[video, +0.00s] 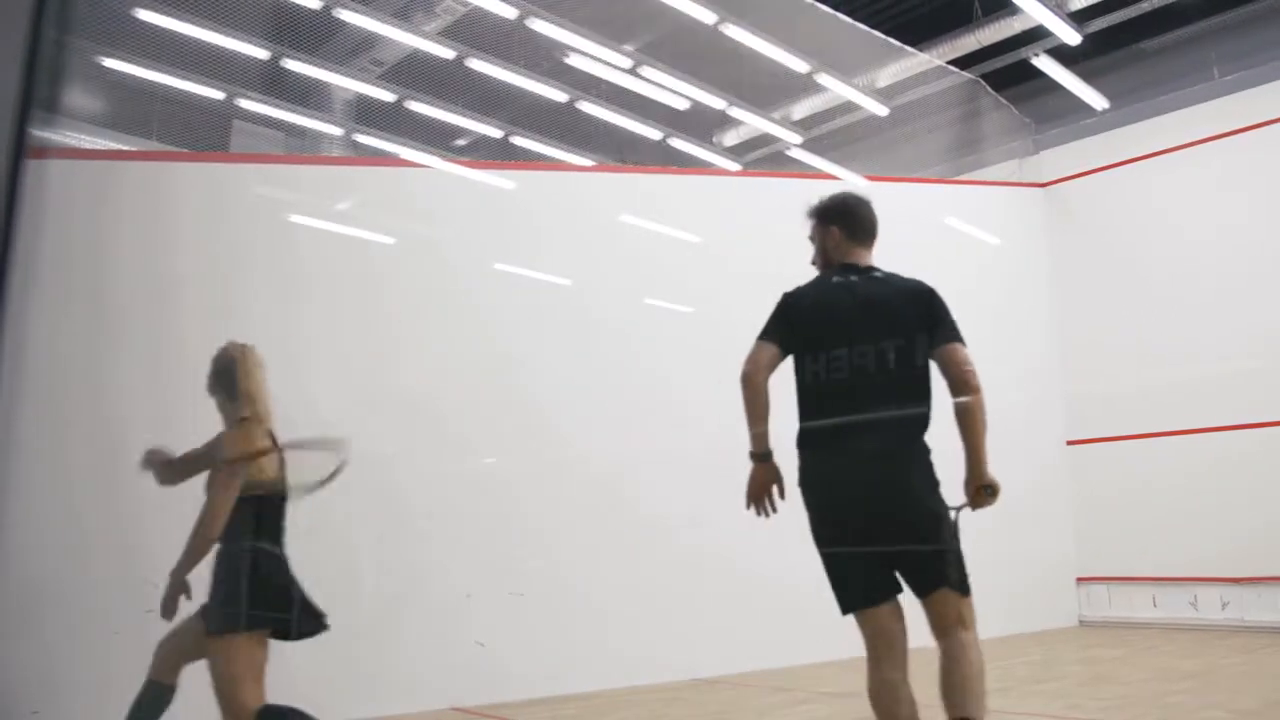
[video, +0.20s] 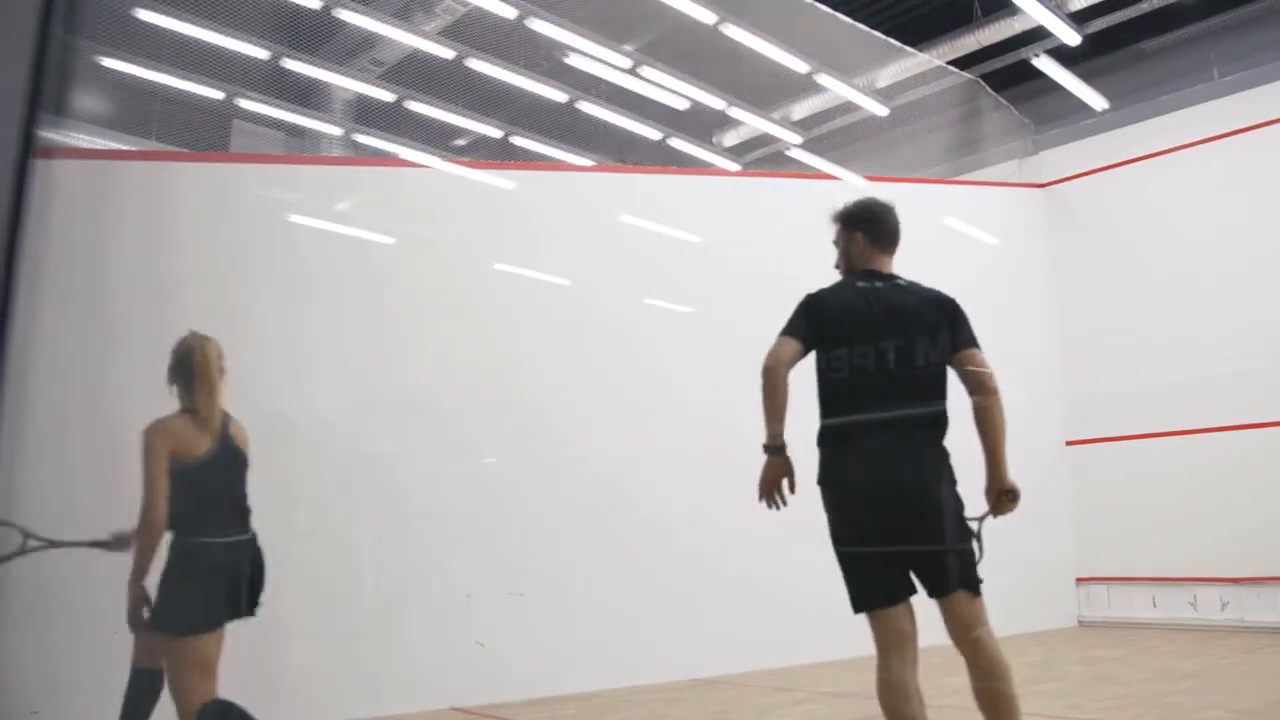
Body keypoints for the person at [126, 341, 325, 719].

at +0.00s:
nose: (208, 392)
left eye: (210, 384)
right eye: (211, 384)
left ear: (215, 388)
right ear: (254, 385)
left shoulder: (236, 441)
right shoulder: (259, 436)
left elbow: (211, 527)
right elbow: (173, 475)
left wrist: (178, 575)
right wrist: (159, 461)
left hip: (243, 591)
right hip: (258, 590)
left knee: (243, 708)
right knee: (170, 652)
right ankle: (140, 713)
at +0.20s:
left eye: (173, 369)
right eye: (217, 370)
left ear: (174, 376)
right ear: (218, 374)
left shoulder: (163, 432)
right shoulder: (236, 432)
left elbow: (156, 518)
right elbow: (206, 504)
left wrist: (137, 582)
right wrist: (140, 534)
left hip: (196, 568)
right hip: (239, 564)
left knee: (196, 700)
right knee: (149, 641)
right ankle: (132, 716)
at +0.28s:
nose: (207, 368)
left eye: (161, 361)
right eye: (205, 361)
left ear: (160, 369)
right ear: (206, 368)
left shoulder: (145, 425)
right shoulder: (226, 425)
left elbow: (133, 511)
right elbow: (209, 496)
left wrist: (119, 582)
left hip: (185, 562)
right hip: (233, 556)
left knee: (178, 698)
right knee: (151, 648)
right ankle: (135, 714)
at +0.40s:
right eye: (191, 355)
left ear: (144, 361)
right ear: (191, 361)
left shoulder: (124, 417)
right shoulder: (217, 417)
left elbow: (111, 499)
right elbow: (233, 497)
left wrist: (96, 570)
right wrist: (234, 552)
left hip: (161, 557)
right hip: (218, 552)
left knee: (153, 685)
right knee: (150, 667)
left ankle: (236, 716)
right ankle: (135, 714)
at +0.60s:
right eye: (176, 355)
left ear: (123, 356)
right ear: (174, 357)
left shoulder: (107, 406)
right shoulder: (204, 408)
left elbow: (85, 484)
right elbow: (239, 480)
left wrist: (63, 555)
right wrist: (273, 543)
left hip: (135, 550)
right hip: (196, 547)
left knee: (111, 672)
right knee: (141, 653)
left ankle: (190, 715)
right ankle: (135, 719)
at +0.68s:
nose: (176, 360)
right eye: (176, 352)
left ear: (123, 352)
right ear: (174, 353)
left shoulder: (102, 406)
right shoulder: (200, 407)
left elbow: (76, 480)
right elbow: (234, 477)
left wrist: (50, 548)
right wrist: (275, 541)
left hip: (124, 550)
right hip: (186, 548)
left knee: (97, 672)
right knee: (136, 649)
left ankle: (157, 712)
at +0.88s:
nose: (178, 351)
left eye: (177, 345)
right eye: (177, 344)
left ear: (126, 349)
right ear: (171, 347)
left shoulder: (94, 403)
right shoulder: (191, 407)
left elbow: (49, 476)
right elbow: (228, 476)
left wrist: (29, 528)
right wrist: (272, 539)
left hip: (97, 549)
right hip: (164, 552)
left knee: (76, 671)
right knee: (118, 649)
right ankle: (119, 717)